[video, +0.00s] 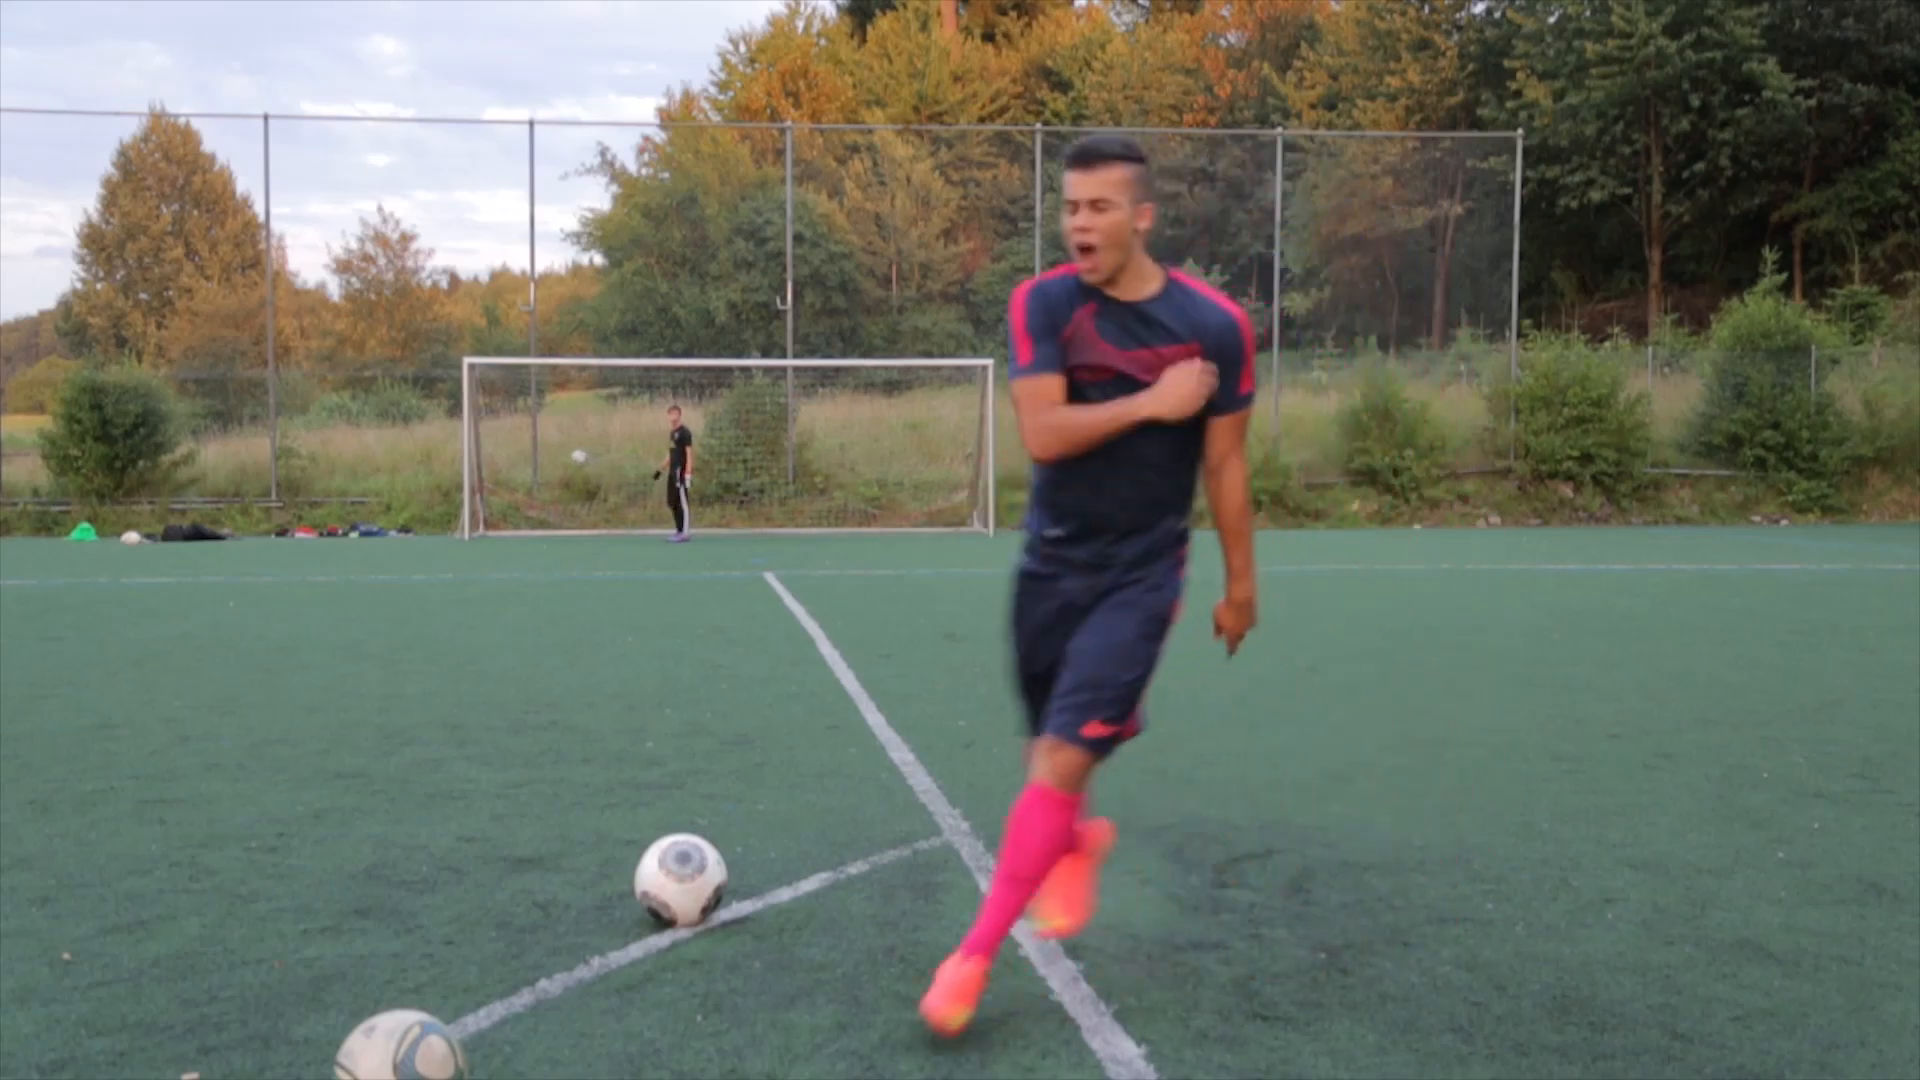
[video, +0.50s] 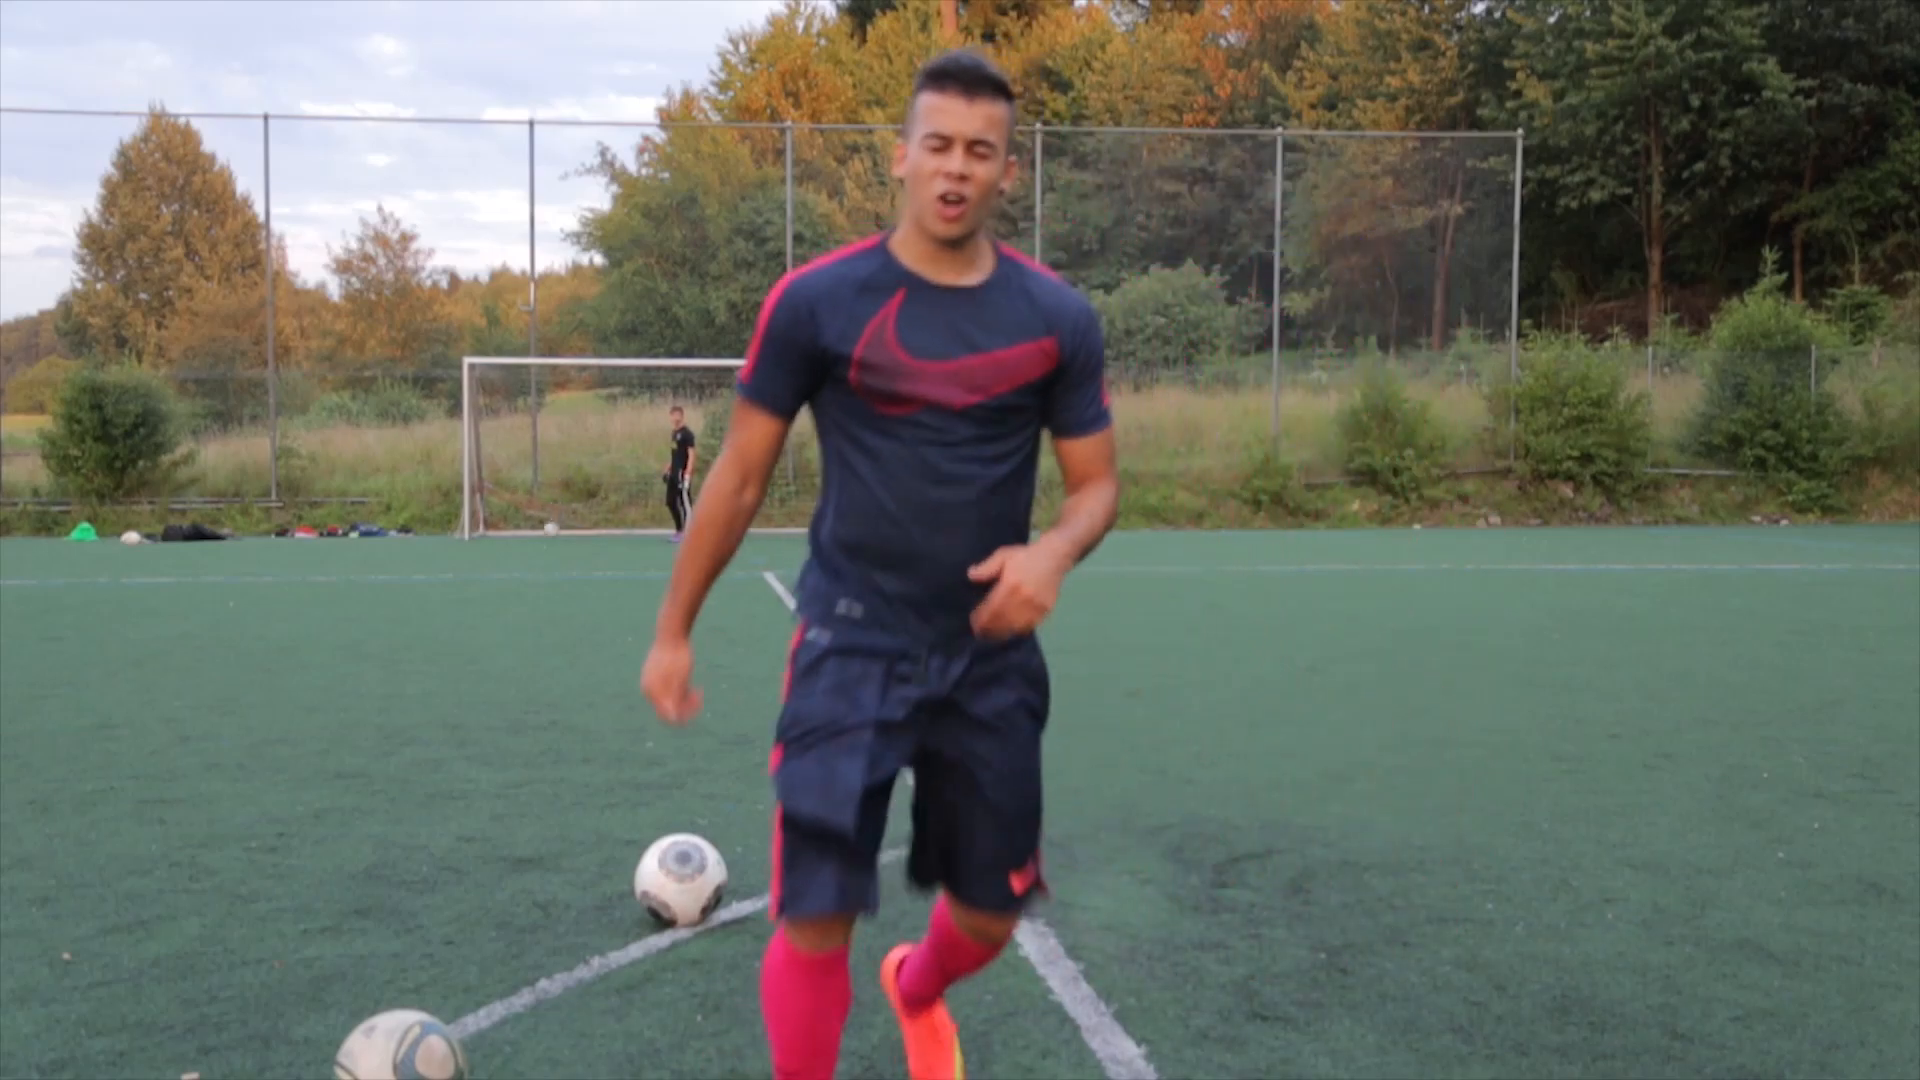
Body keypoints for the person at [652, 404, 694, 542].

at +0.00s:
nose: (672, 417)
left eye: (674, 414)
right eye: (670, 414)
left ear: (679, 415)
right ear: (668, 416)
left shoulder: (684, 432)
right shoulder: (673, 433)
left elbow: (689, 455)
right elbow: (671, 455)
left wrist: (688, 474)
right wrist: (660, 469)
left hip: (681, 470)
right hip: (673, 469)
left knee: (681, 501)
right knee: (672, 501)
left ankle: (684, 532)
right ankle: (679, 530)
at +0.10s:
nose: (673, 419)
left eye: (676, 415)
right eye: (672, 415)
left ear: (681, 416)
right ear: (670, 417)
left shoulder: (686, 434)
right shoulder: (673, 434)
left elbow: (689, 456)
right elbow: (673, 456)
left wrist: (687, 474)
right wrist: (664, 471)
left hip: (681, 471)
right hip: (672, 471)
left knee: (683, 501)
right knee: (671, 501)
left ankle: (684, 532)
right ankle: (679, 530)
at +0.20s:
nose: (675, 418)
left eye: (677, 415)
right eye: (673, 415)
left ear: (682, 416)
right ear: (670, 417)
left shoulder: (686, 434)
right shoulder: (674, 434)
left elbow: (690, 456)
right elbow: (673, 456)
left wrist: (686, 475)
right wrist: (666, 470)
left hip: (682, 472)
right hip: (673, 472)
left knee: (683, 501)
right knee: (671, 502)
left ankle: (684, 532)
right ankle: (679, 530)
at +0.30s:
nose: (675, 419)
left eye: (678, 415)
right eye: (673, 415)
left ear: (682, 417)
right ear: (671, 417)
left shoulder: (687, 434)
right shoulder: (674, 434)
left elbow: (691, 455)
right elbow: (674, 456)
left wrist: (686, 473)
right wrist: (668, 470)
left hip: (682, 472)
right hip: (673, 472)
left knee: (683, 501)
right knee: (672, 502)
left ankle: (685, 532)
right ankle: (679, 530)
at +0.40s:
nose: (676, 419)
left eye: (678, 416)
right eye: (674, 416)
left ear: (683, 417)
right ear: (671, 417)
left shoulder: (687, 434)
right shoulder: (674, 434)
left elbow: (691, 455)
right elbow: (674, 456)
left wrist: (687, 474)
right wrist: (668, 470)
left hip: (682, 473)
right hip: (673, 472)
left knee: (684, 501)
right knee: (672, 501)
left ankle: (685, 532)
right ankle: (679, 530)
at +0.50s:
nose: (675, 420)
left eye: (678, 416)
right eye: (673, 416)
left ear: (682, 417)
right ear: (670, 418)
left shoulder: (687, 434)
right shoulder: (674, 434)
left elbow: (691, 455)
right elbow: (675, 456)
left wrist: (688, 474)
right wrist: (669, 469)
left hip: (683, 472)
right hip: (674, 472)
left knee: (683, 500)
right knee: (671, 501)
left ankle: (686, 530)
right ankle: (679, 529)